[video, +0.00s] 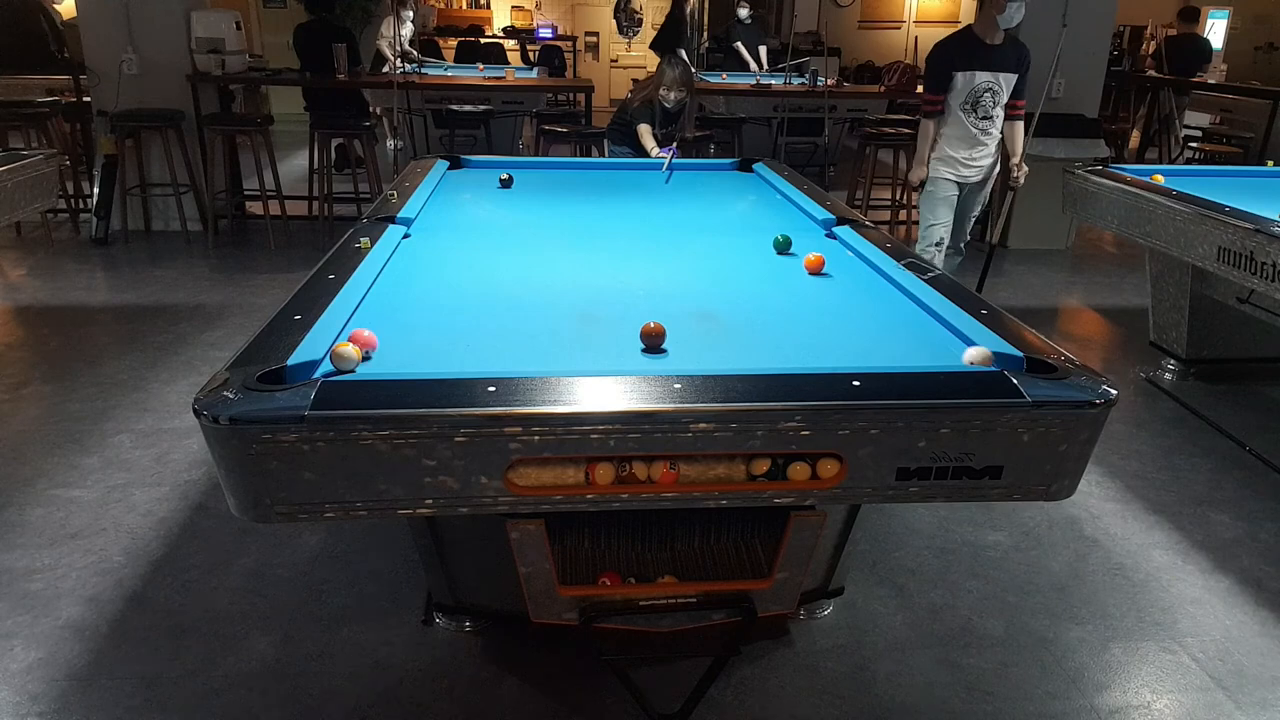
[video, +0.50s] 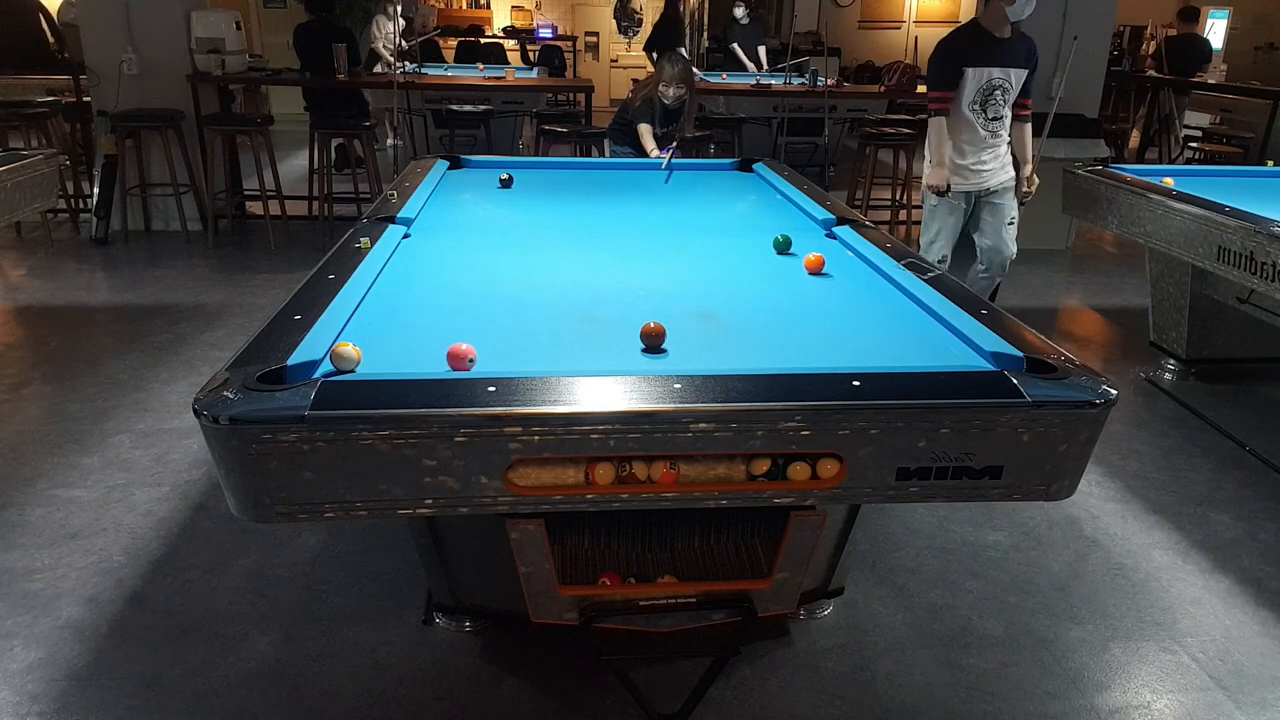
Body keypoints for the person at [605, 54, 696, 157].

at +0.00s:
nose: (673, 97)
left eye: (680, 91)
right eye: (666, 89)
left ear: (689, 90)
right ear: (657, 86)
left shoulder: (687, 101)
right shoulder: (642, 100)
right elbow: (644, 131)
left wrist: (674, 143)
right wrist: (656, 152)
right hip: (624, 142)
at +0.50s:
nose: (672, 94)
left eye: (679, 88)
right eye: (665, 86)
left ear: (688, 87)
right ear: (657, 82)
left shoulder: (686, 97)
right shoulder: (643, 97)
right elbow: (644, 131)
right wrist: (655, 153)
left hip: (661, 142)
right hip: (626, 143)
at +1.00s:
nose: (671, 55)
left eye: (678, 48)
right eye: (664, 48)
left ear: (686, 48)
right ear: (653, 49)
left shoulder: (684, 71)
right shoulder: (640, 78)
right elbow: (625, 126)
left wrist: (683, 119)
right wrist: (646, 153)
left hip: (664, 143)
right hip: (632, 146)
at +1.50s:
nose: (661, 19)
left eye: (666, 12)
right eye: (652, 14)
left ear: (676, 16)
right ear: (642, 20)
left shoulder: (683, 53)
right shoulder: (633, 55)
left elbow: (687, 100)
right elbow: (639, 101)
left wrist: (691, 141)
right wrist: (659, 62)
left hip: (678, 147)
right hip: (642, 148)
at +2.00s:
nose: (713, 20)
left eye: (719, 13)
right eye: (705, 13)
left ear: (726, 18)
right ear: (693, 20)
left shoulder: (725, 58)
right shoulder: (681, 55)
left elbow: (725, 106)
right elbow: (689, 99)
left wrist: (729, 147)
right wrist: (710, 60)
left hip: (717, 143)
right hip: (684, 144)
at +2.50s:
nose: (770, 26)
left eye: (775, 19)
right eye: (762, 19)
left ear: (782, 25)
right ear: (749, 25)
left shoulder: (773, 66)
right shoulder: (733, 62)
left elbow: (774, 117)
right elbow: (707, 111)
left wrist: (779, 158)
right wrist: (744, 131)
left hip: (766, 159)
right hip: (732, 159)